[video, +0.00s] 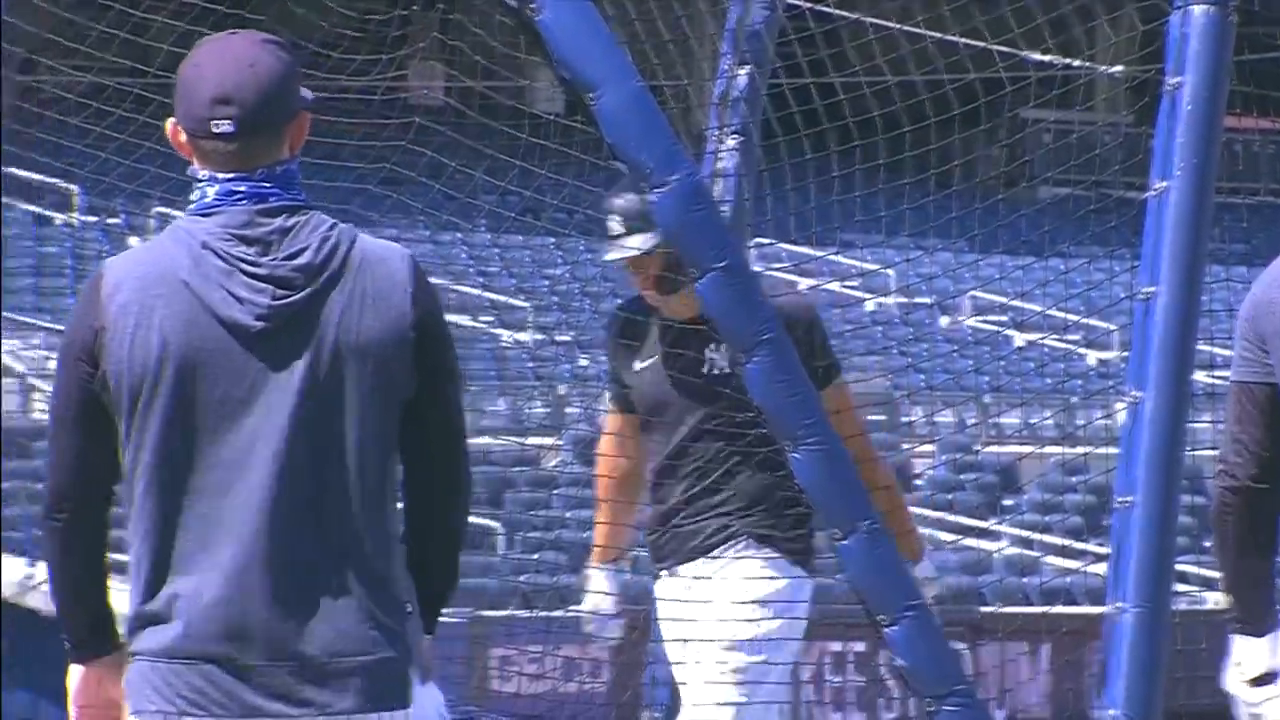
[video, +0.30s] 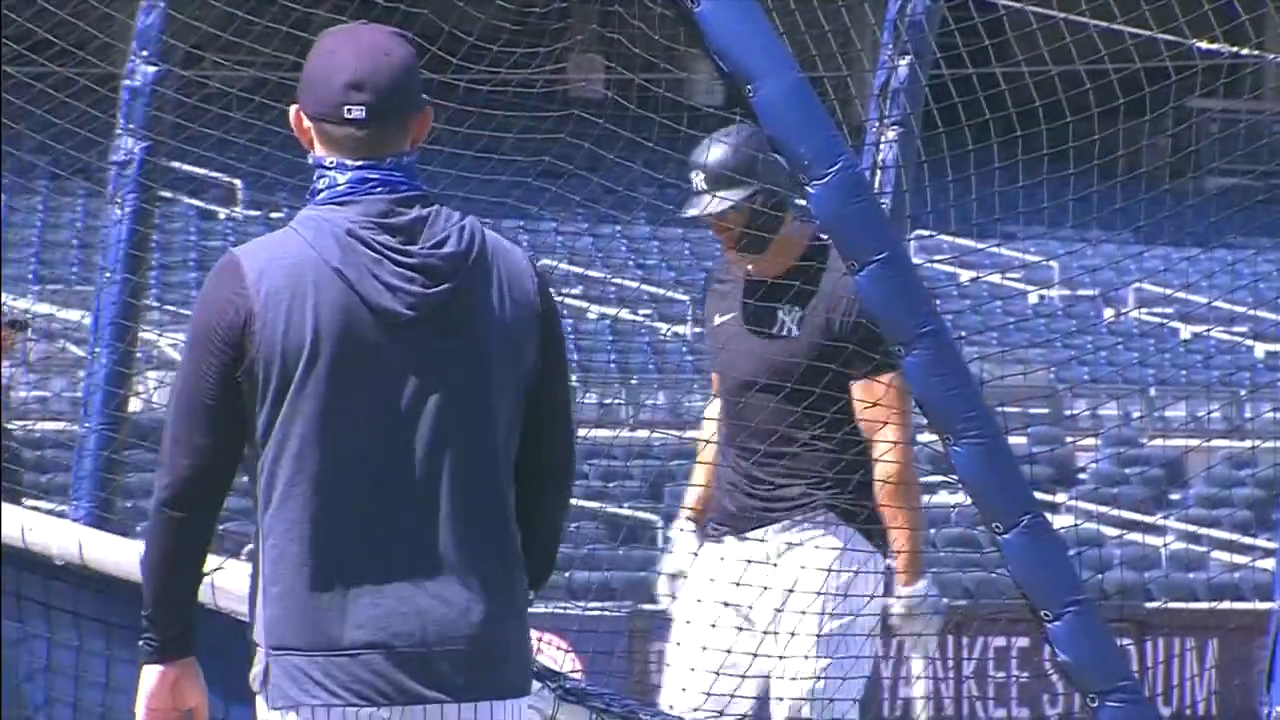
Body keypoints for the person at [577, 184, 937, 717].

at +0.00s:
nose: (645, 279)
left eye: (656, 257)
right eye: (631, 262)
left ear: (696, 243)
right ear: (619, 261)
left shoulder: (778, 315)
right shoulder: (634, 327)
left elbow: (847, 436)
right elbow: (621, 445)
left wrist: (905, 548)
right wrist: (603, 567)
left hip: (761, 557)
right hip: (678, 567)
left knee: (726, 706)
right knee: (721, 707)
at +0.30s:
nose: (719, 234)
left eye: (728, 217)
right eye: (711, 220)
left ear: (773, 203)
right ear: (707, 215)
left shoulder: (852, 287)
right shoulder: (725, 284)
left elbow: (889, 437)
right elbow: (723, 410)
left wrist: (912, 578)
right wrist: (690, 521)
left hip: (827, 546)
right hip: (728, 546)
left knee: (809, 705)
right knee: (693, 706)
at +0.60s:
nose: (628, 232)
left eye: (642, 212)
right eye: (616, 217)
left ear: (685, 197)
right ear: (605, 215)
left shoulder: (768, 281)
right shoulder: (624, 298)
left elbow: (791, 425)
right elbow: (599, 418)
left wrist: (739, 531)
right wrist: (533, 411)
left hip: (748, 559)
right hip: (642, 567)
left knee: (771, 710)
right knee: (610, 712)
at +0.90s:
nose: (514, 232)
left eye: (524, 212)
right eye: (500, 217)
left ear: (566, 185)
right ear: (487, 210)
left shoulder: (666, 259)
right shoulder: (501, 274)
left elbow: (694, 409)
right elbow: (413, 366)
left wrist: (622, 517)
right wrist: (430, 236)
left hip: (616, 560)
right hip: (510, 552)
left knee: (607, 712)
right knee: (498, 713)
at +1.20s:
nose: (512, 210)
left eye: (526, 192)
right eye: (501, 193)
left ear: (570, 177)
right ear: (484, 185)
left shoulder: (658, 269)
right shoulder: (480, 254)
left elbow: (683, 424)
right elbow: (383, 337)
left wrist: (610, 545)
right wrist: (432, 208)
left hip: (581, 557)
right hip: (477, 561)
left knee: (570, 710)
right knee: (481, 708)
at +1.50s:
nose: (552, 231)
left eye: (567, 216)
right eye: (543, 213)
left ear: (615, 207)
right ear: (526, 200)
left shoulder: (678, 298)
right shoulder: (516, 248)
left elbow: (673, 460)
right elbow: (398, 328)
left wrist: (594, 585)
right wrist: (485, 218)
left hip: (577, 543)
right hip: (471, 532)